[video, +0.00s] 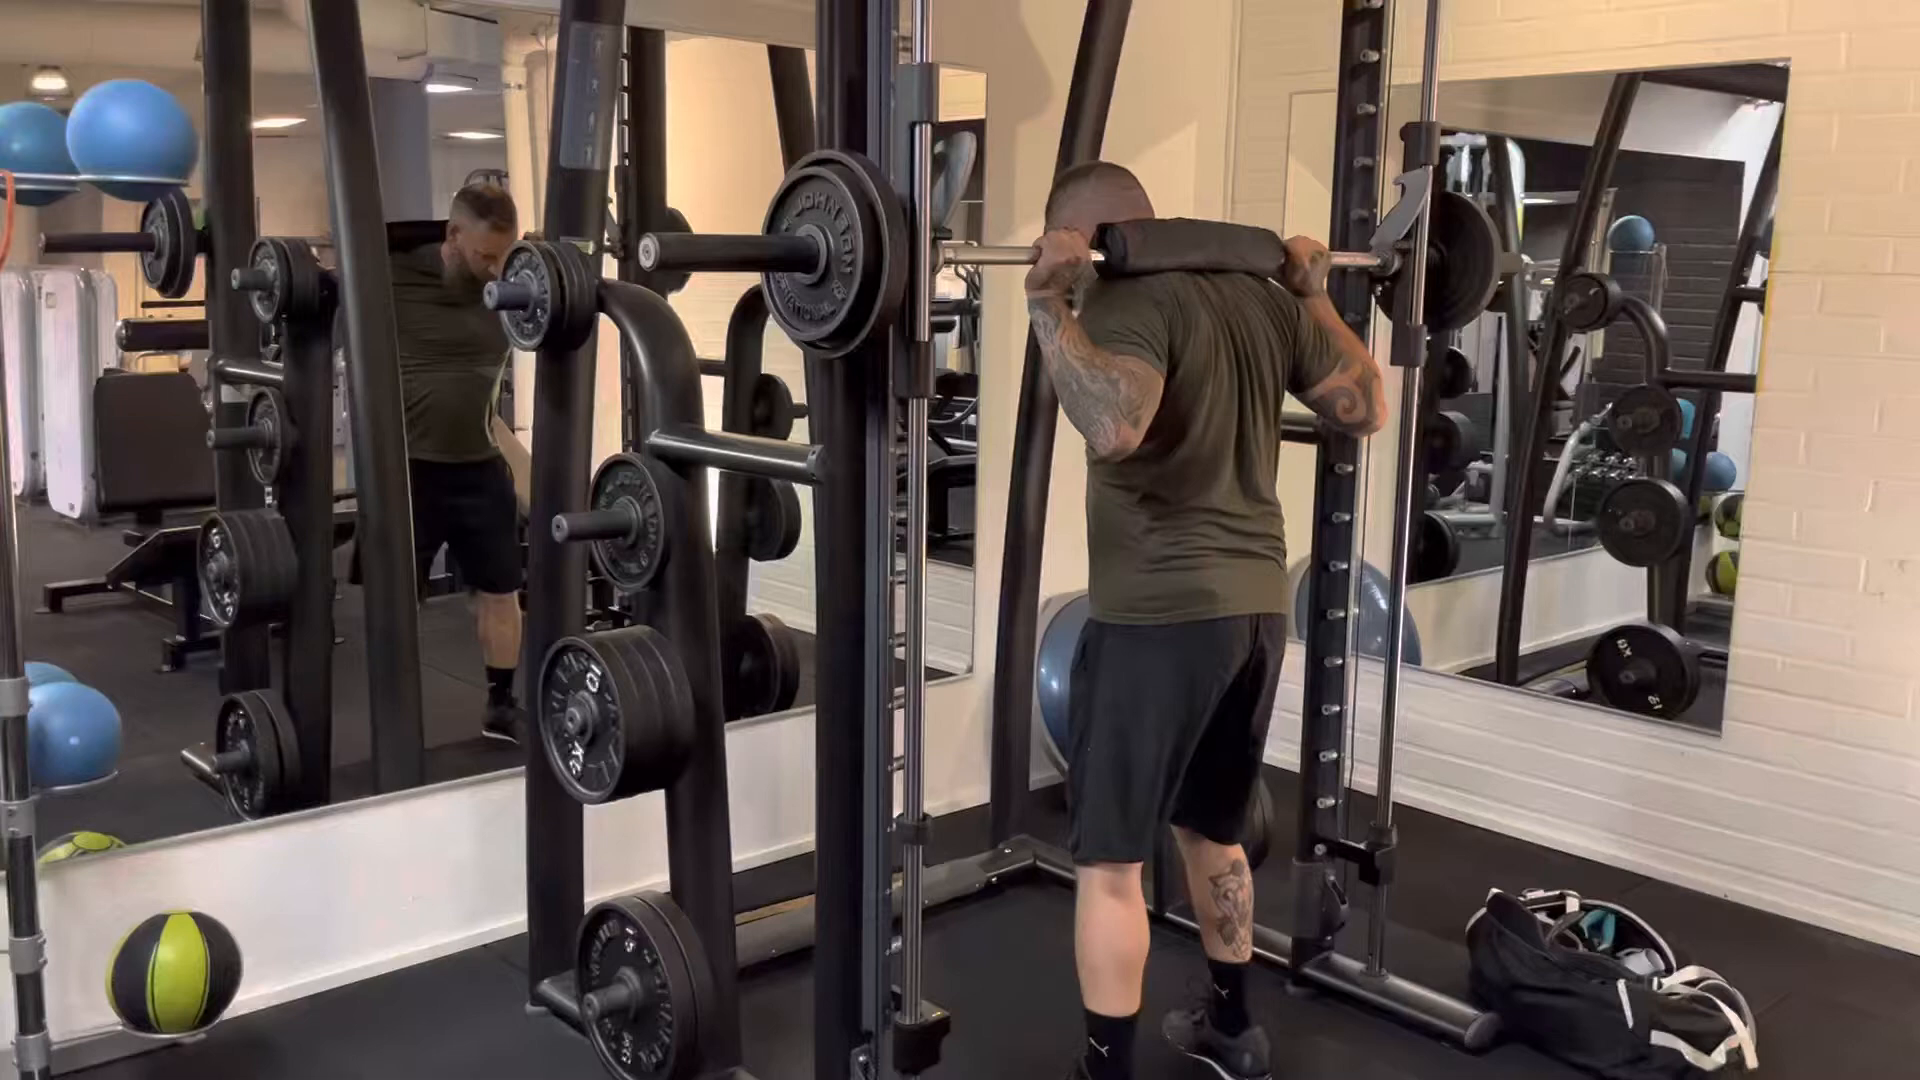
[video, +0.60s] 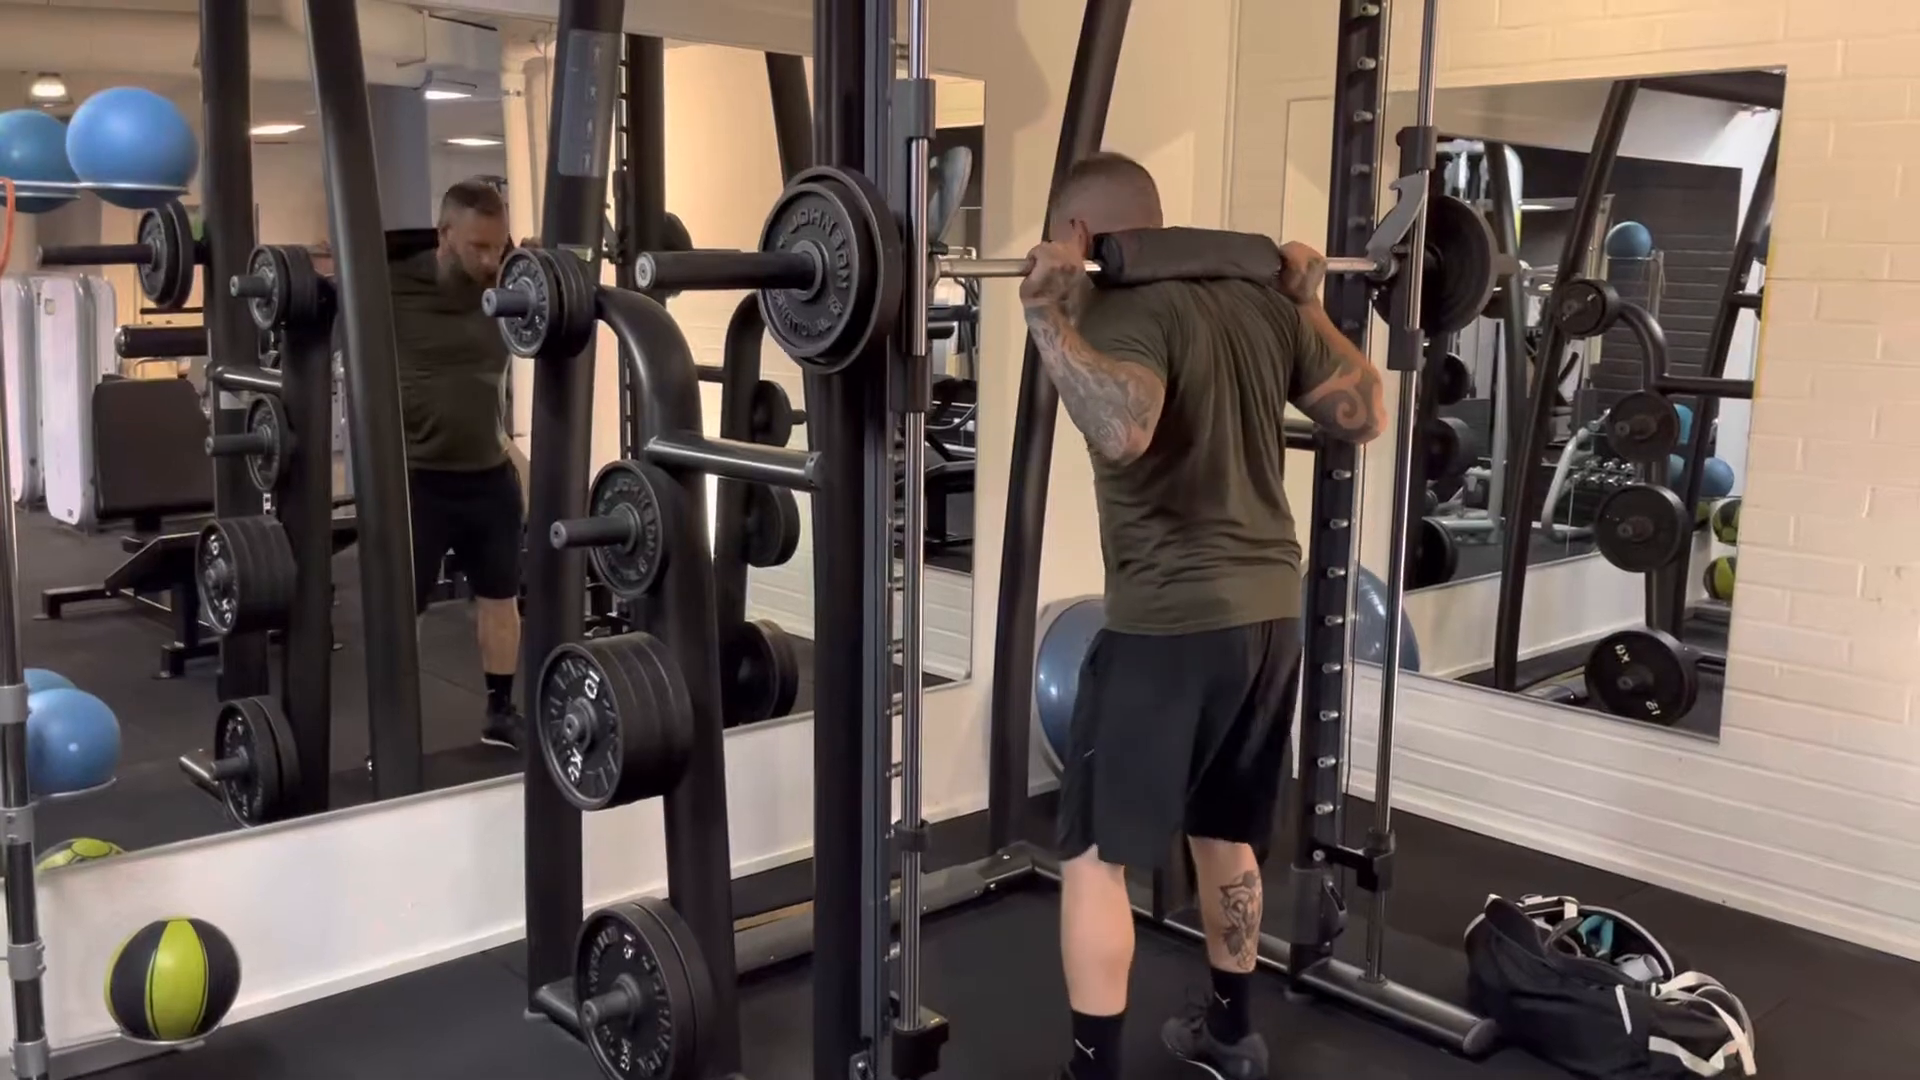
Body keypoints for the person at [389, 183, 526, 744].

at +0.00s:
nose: (496, 270)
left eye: (504, 257)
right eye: (485, 257)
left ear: (512, 242)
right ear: (452, 238)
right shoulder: (392, 279)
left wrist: (527, 466)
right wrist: (305, 270)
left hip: (480, 464)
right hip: (406, 467)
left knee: (500, 588)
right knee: (396, 597)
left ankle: (502, 705)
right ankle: (391, 709)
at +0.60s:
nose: (491, 261)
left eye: (499, 248)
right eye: (478, 247)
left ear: (507, 241)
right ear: (444, 236)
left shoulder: (499, 291)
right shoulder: (392, 285)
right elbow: (300, 264)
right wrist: (319, 266)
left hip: (489, 470)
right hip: (414, 475)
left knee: (500, 596)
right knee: (402, 606)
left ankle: (501, 712)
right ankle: (391, 726)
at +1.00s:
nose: (484, 222)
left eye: (492, 212)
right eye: (471, 210)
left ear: (501, 219)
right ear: (437, 215)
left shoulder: (503, 283)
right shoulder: (389, 284)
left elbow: (549, 308)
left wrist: (507, 259)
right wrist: (325, 280)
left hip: (488, 470)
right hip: (410, 472)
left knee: (499, 599)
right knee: (400, 608)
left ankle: (500, 716)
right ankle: (390, 734)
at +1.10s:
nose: (484, 221)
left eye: (490, 211)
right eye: (471, 209)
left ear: (499, 218)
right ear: (436, 215)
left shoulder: (504, 282)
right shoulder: (388, 284)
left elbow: (547, 313)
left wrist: (504, 262)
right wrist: (318, 276)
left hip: (489, 470)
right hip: (410, 472)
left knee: (500, 599)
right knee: (400, 607)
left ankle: (500, 717)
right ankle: (390, 734)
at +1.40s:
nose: (483, 225)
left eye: (490, 214)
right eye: (470, 213)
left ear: (499, 220)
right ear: (436, 218)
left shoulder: (504, 283)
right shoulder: (387, 283)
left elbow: (551, 304)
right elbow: (314, 266)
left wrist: (500, 260)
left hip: (489, 473)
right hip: (409, 475)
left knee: (500, 600)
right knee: (396, 611)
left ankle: (499, 718)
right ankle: (387, 737)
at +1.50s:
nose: (484, 225)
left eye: (490, 214)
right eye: (470, 213)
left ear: (499, 220)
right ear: (436, 219)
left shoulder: (503, 283)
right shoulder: (387, 284)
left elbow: (549, 310)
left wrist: (502, 263)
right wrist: (324, 278)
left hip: (488, 473)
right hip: (409, 476)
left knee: (499, 601)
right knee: (396, 611)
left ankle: (499, 719)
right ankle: (386, 737)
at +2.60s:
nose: (478, 211)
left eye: (484, 201)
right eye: (464, 200)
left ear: (492, 207)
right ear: (430, 206)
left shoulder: (497, 268)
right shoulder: (382, 267)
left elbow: (555, 278)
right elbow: (300, 248)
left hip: (476, 456)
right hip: (399, 457)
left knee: (500, 576)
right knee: (386, 590)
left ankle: (500, 698)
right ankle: (379, 715)